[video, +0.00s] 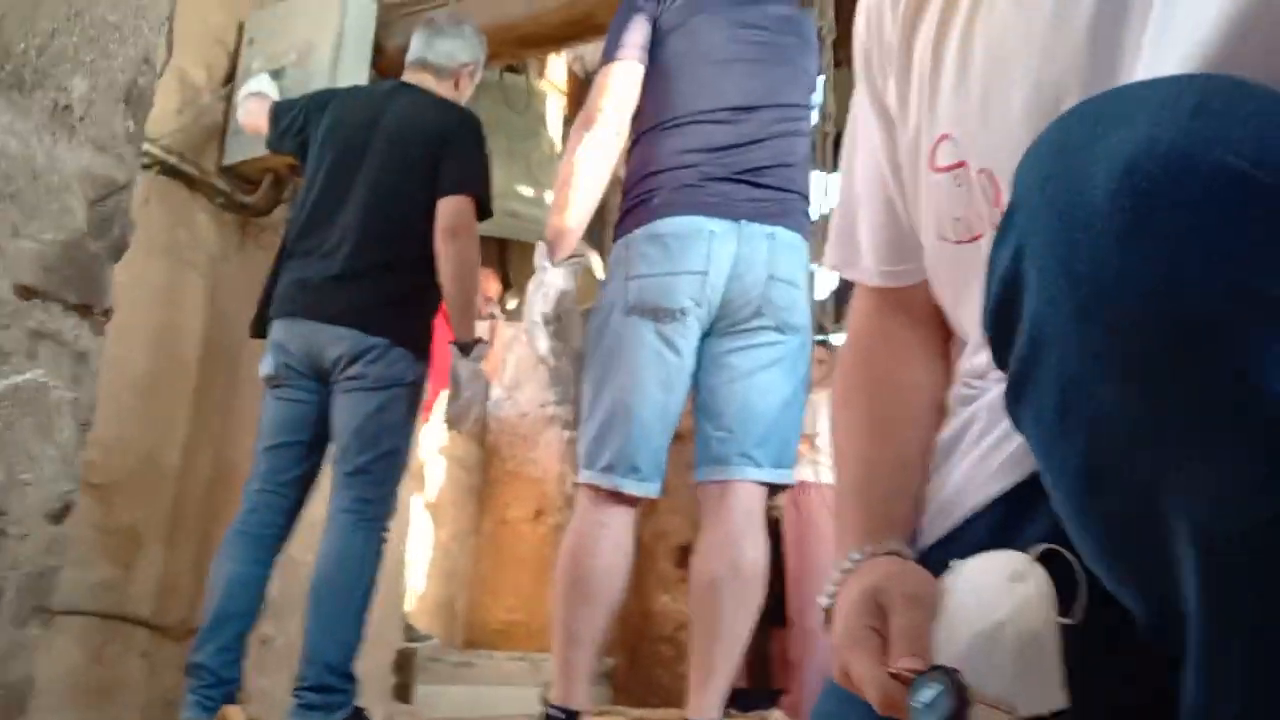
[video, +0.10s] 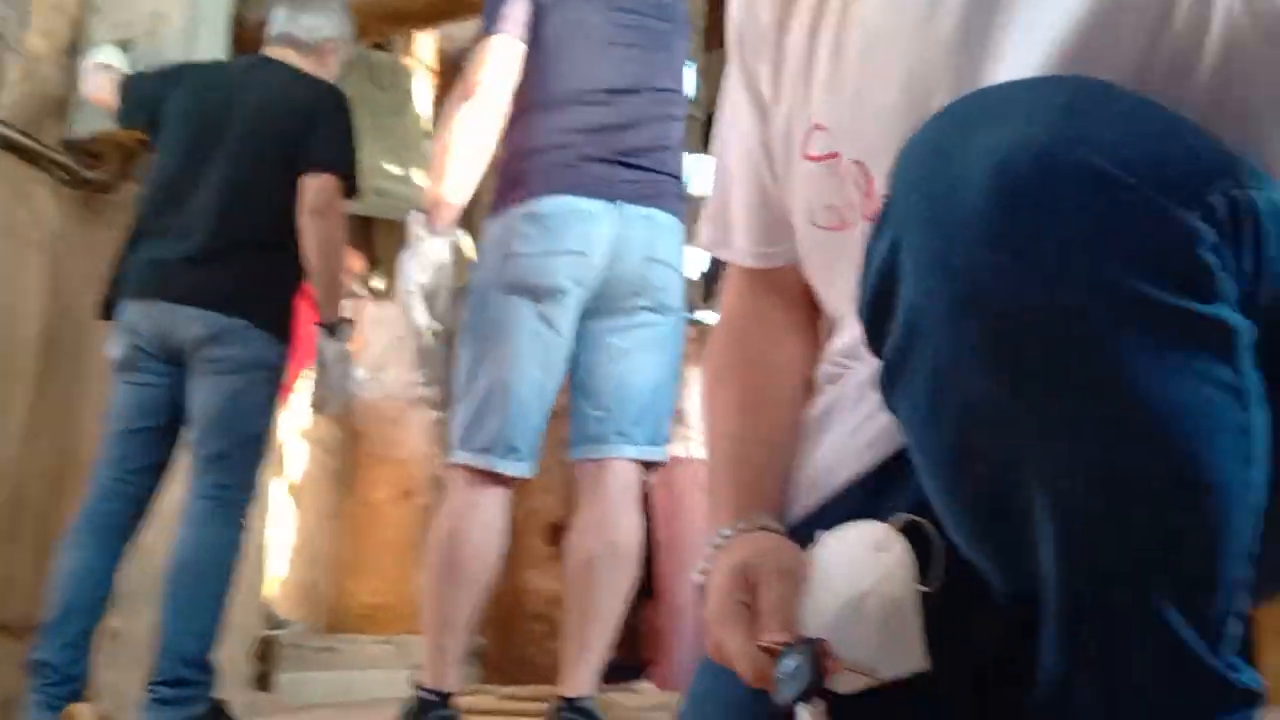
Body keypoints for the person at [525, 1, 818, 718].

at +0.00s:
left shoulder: (653, 6)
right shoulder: (802, 21)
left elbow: (607, 117)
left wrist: (557, 250)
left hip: (672, 233)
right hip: (781, 245)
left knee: (610, 491)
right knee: (740, 494)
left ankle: (567, 705)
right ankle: (706, 710)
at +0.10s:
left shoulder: (531, 3)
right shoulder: (672, 10)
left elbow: (490, 88)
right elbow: (662, 123)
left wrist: (438, 219)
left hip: (548, 213)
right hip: (654, 225)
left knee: (485, 471)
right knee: (615, 473)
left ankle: (436, 692)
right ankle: (577, 699)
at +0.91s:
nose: (516, 45)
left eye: (525, 32)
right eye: (524, 33)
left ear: (549, 33)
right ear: (600, 56)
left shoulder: (494, 84)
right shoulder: (636, 117)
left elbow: (446, 201)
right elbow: (630, 234)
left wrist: (400, 323)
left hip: (509, 317)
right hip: (617, 331)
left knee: (442, 570)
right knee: (575, 569)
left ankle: (402, 717)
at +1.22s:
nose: (527, 125)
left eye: (529, 116)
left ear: (535, 115)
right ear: (610, 133)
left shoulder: (507, 150)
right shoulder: (646, 183)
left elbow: (465, 264)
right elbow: (638, 298)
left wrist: (416, 395)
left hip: (525, 384)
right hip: (633, 395)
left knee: (462, 631)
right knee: (595, 631)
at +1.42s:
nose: (614, 105)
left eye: (615, 97)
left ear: (619, 96)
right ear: (698, 111)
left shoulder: (589, 128)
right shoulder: (732, 160)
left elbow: (547, 239)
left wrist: (506, 371)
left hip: (610, 359)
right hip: (719, 368)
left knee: (550, 609)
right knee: (683, 608)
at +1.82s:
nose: (575, 114)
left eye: (576, 106)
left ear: (581, 107)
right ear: (658, 120)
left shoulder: (547, 139)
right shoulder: (695, 171)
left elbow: (495, 268)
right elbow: (701, 294)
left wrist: (468, 375)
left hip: (565, 372)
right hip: (676, 382)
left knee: (501, 623)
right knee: (634, 621)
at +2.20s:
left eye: (518, 94)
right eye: (592, 108)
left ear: (514, 97)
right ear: (592, 113)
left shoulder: (468, 135)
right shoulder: (622, 175)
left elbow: (387, 267)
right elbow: (623, 297)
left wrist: (438, 271)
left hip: (484, 370)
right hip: (594, 388)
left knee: (410, 628)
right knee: (544, 630)